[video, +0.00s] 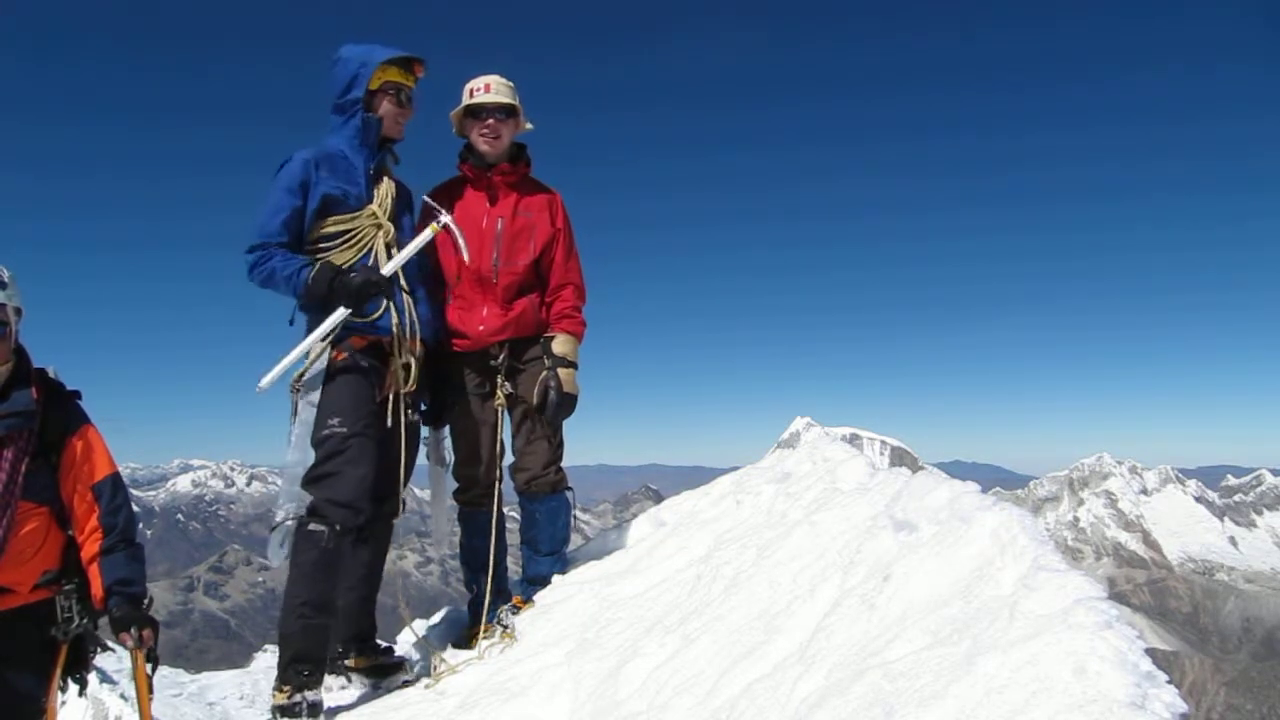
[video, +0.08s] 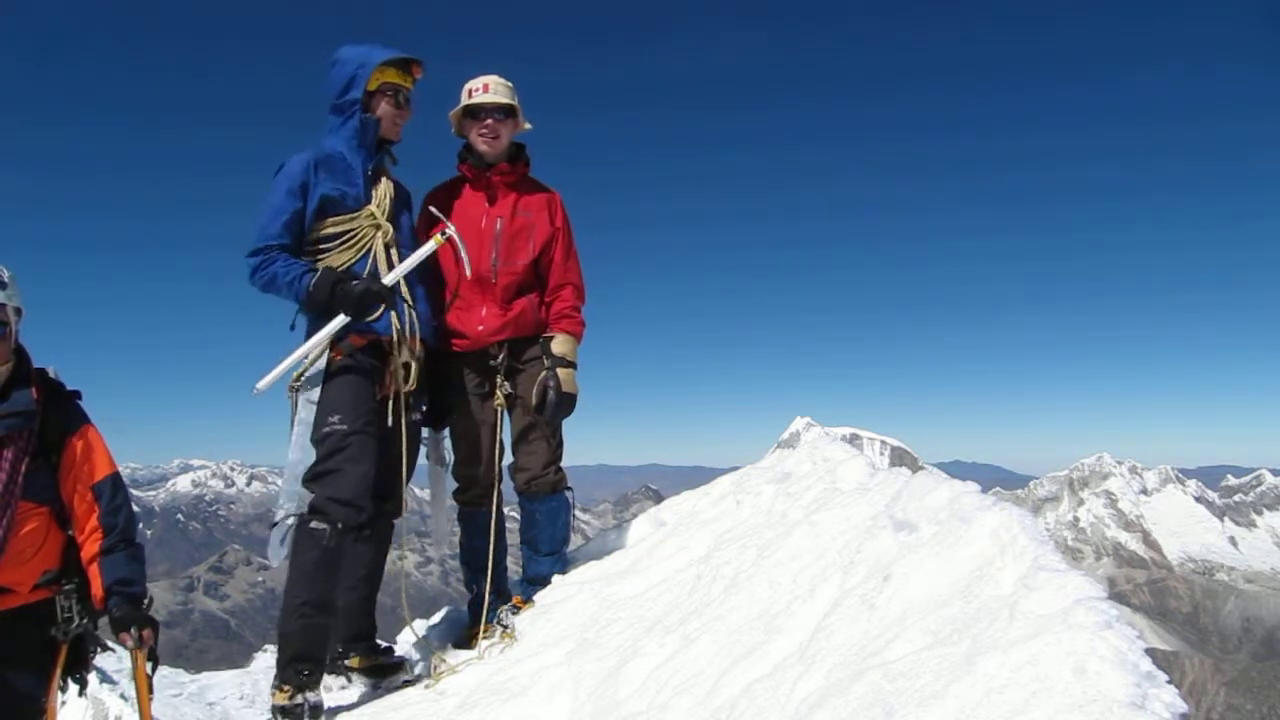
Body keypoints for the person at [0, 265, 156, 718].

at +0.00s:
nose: (1, 335)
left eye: (3, 321)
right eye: (1, 321)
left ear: (15, 323)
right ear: (8, 323)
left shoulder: (50, 411)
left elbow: (102, 510)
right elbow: (103, 511)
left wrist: (122, 598)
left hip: (24, 619)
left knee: (20, 705)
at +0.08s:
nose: (1, 334)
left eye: (4, 320)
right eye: (2, 320)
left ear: (15, 323)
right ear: (8, 323)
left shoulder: (50, 411)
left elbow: (102, 510)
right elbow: (103, 510)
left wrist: (122, 598)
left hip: (25, 619)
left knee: (20, 704)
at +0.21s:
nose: (1, 334)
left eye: (4, 320)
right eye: (1, 321)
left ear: (15, 323)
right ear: (8, 323)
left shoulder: (51, 411)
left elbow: (103, 510)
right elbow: (103, 510)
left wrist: (122, 598)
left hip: (25, 618)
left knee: (20, 705)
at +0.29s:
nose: (1, 335)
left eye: (4, 321)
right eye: (1, 321)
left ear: (16, 323)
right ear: (8, 323)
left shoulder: (51, 411)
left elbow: (103, 510)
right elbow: (104, 511)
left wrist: (123, 599)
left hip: (25, 618)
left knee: (20, 705)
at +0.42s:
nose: (1, 338)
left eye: (4, 323)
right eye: (1, 324)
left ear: (17, 325)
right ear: (8, 326)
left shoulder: (52, 412)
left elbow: (104, 510)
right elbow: (104, 511)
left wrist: (123, 598)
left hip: (26, 617)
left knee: (20, 705)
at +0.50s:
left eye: (3, 325)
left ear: (18, 326)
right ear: (7, 328)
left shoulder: (54, 414)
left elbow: (105, 512)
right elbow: (105, 512)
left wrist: (124, 598)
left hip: (25, 619)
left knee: (19, 706)